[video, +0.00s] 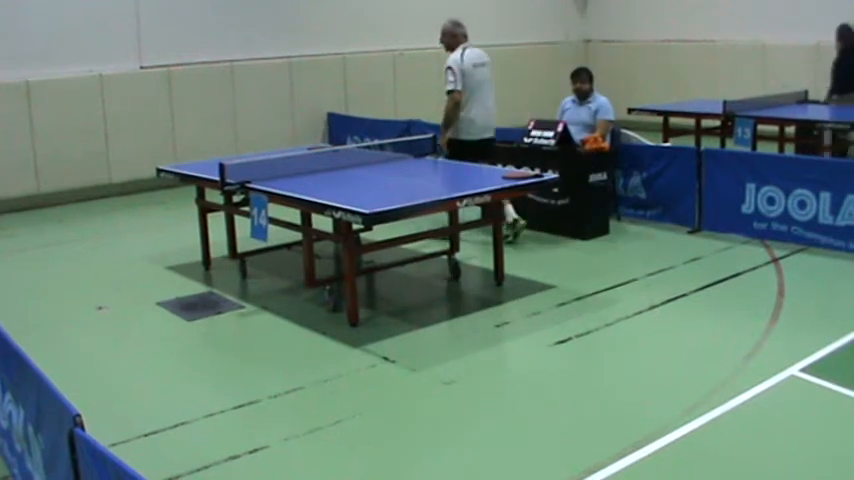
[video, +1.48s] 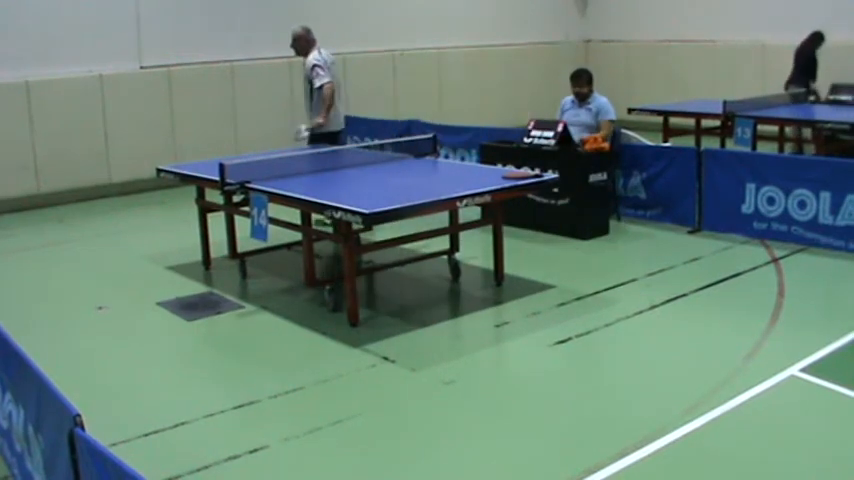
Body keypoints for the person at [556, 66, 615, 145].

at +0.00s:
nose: (578, 86)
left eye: (582, 83)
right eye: (575, 83)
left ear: (591, 84)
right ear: (572, 85)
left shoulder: (602, 104)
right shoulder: (566, 103)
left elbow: (601, 135)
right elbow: (560, 128)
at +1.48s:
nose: (577, 90)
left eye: (581, 87)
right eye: (574, 87)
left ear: (590, 87)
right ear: (571, 87)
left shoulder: (602, 103)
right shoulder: (566, 103)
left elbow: (606, 132)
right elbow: (559, 125)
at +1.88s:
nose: (574, 91)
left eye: (578, 87)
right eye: (572, 87)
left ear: (588, 87)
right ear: (568, 87)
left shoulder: (601, 104)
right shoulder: (565, 103)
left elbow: (601, 133)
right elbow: (560, 126)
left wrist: (583, 134)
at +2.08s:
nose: (571, 92)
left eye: (574, 88)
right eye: (569, 89)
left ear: (586, 87)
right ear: (566, 88)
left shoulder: (600, 103)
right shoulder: (566, 102)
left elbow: (602, 132)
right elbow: (559, 125)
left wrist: (583, 131)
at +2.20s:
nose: (569, 93)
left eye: (572, 89)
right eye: (567, 90)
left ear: (584, 88)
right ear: (565, 89)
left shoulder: (600, 103)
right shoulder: (565, 102)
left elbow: (602, 132)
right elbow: (556, 124)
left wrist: (581, 127)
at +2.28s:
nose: (568, 93)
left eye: (571, 89)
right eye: (567, 90)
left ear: (583, 87)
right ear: (565, 89)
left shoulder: (600, 102)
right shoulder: (565, 102)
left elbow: (600, 130)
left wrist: (578, 122)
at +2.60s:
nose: (563, 94)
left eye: (566, 90)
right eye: (562, 91)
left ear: (577, 88)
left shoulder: (597, 100)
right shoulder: (562, 102)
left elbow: (596, 124)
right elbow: (554, 120)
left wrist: (571, 119)